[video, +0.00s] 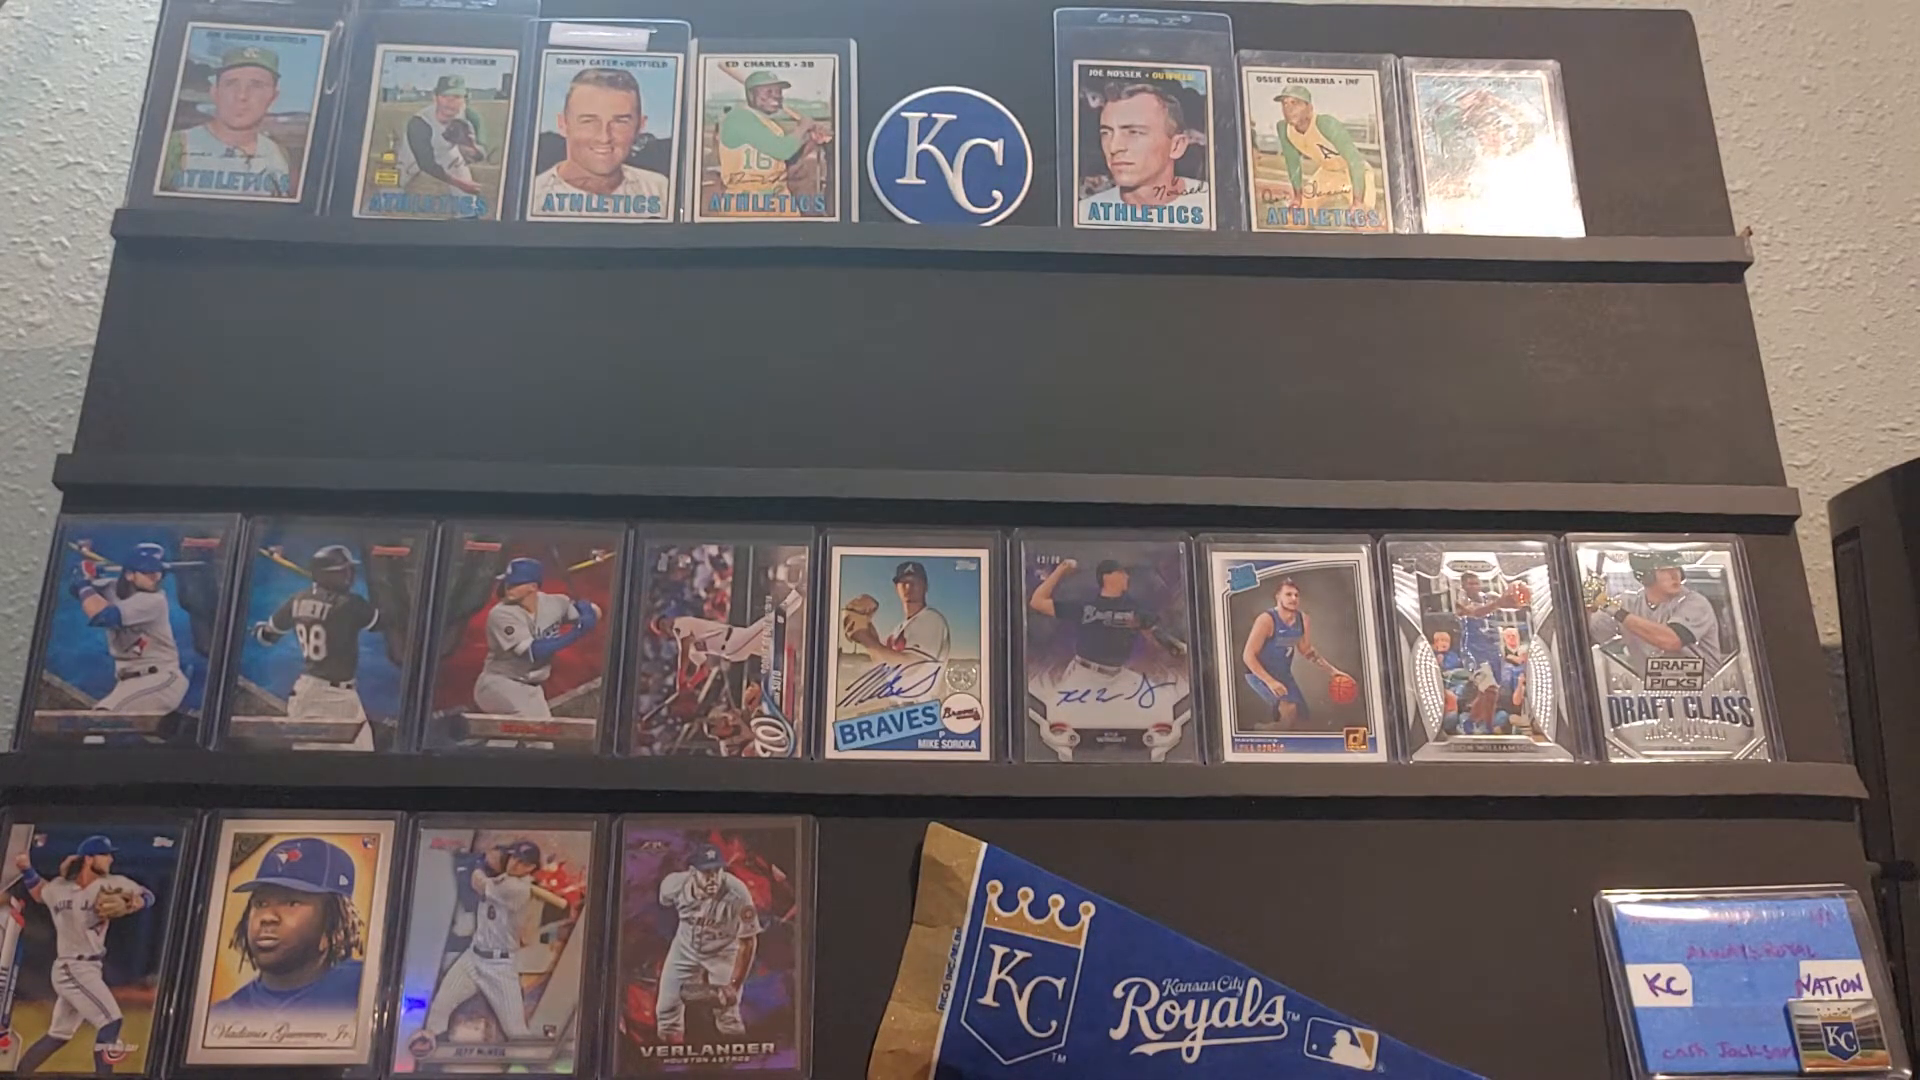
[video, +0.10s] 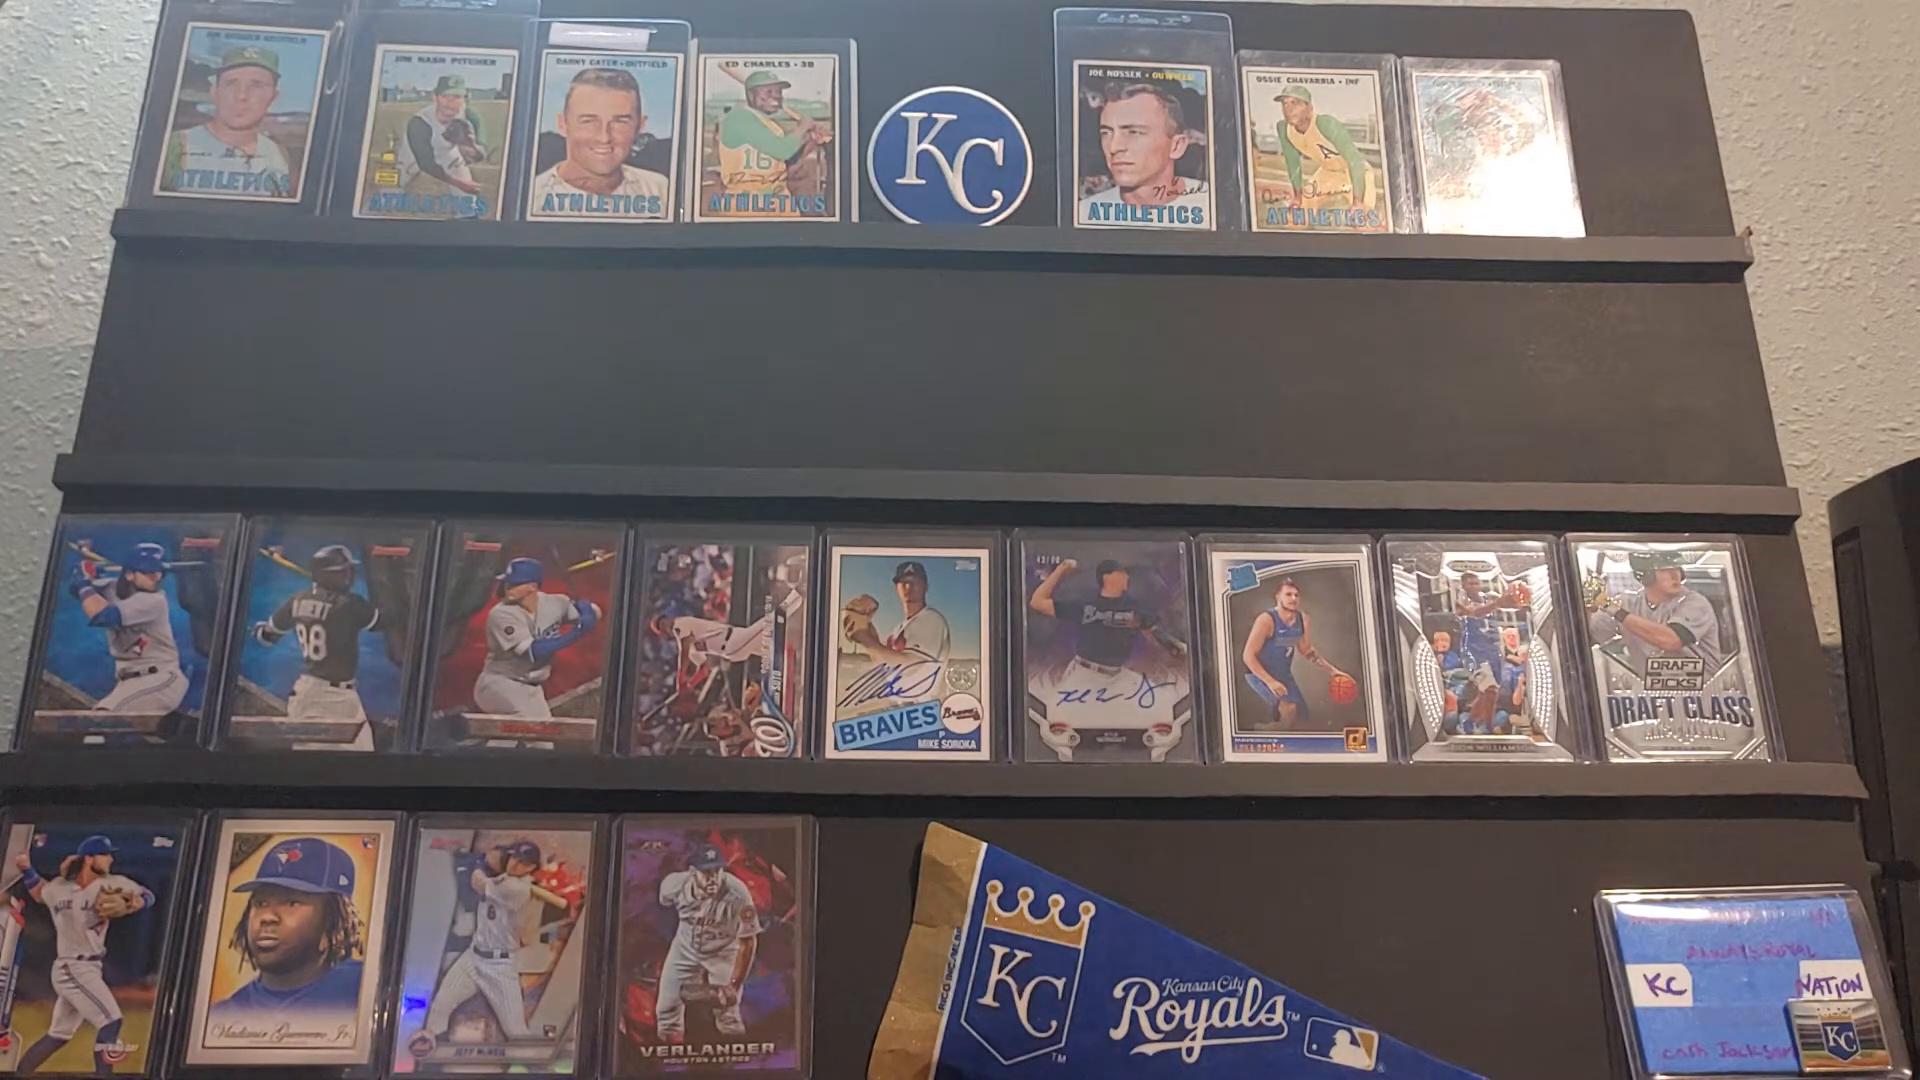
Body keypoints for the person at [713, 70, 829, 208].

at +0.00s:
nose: (776, 97)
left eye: (779, 92)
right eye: (769, 92)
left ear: (782, 93)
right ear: (751, 96)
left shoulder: (775, 126)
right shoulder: (738, 118)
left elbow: (785, 168)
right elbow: (782, 151)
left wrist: (811, 143)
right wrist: (802, 128)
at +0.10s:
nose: (776, 97)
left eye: (779, 92)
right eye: (769, 92)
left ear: (782, 93)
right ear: (751, 96)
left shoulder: (775, 126)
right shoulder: (738, 118)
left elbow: (784, 168)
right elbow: (782, 151)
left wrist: (811, 143)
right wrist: (802, 128)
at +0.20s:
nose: (776, 97)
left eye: (779, 92)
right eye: (769, 92)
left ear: (782, 93)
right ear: (751, 95)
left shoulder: (774, 126)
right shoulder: (738, 118)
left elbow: (785, 168)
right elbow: (783, 151)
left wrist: (811, 143)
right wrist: (802, 128)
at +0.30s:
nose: (776, 97)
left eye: (779, 92)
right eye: (769, 92)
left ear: (782, 93)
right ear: (751, 95)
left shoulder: (775, 126)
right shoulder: (738, 118)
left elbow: (784, 168)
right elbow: (782, 151)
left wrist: (811, 143)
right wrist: (802, 128)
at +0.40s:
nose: (776, 97)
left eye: (779, 92)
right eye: (769, 92)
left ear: (782, 94)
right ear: (751, 95)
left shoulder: (774, 127)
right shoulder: (738, 118)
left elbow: (785, 169)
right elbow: (783, 151)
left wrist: (811, 143)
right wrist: (802, 128)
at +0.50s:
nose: (776, 97)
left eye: (779, 92)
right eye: (769, 92)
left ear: (782, 93)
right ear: (752, 96)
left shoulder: (774, 126)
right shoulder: (738, 118)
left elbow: (785, 168)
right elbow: (783, 151)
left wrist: (811, 143)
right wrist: (802, 128)